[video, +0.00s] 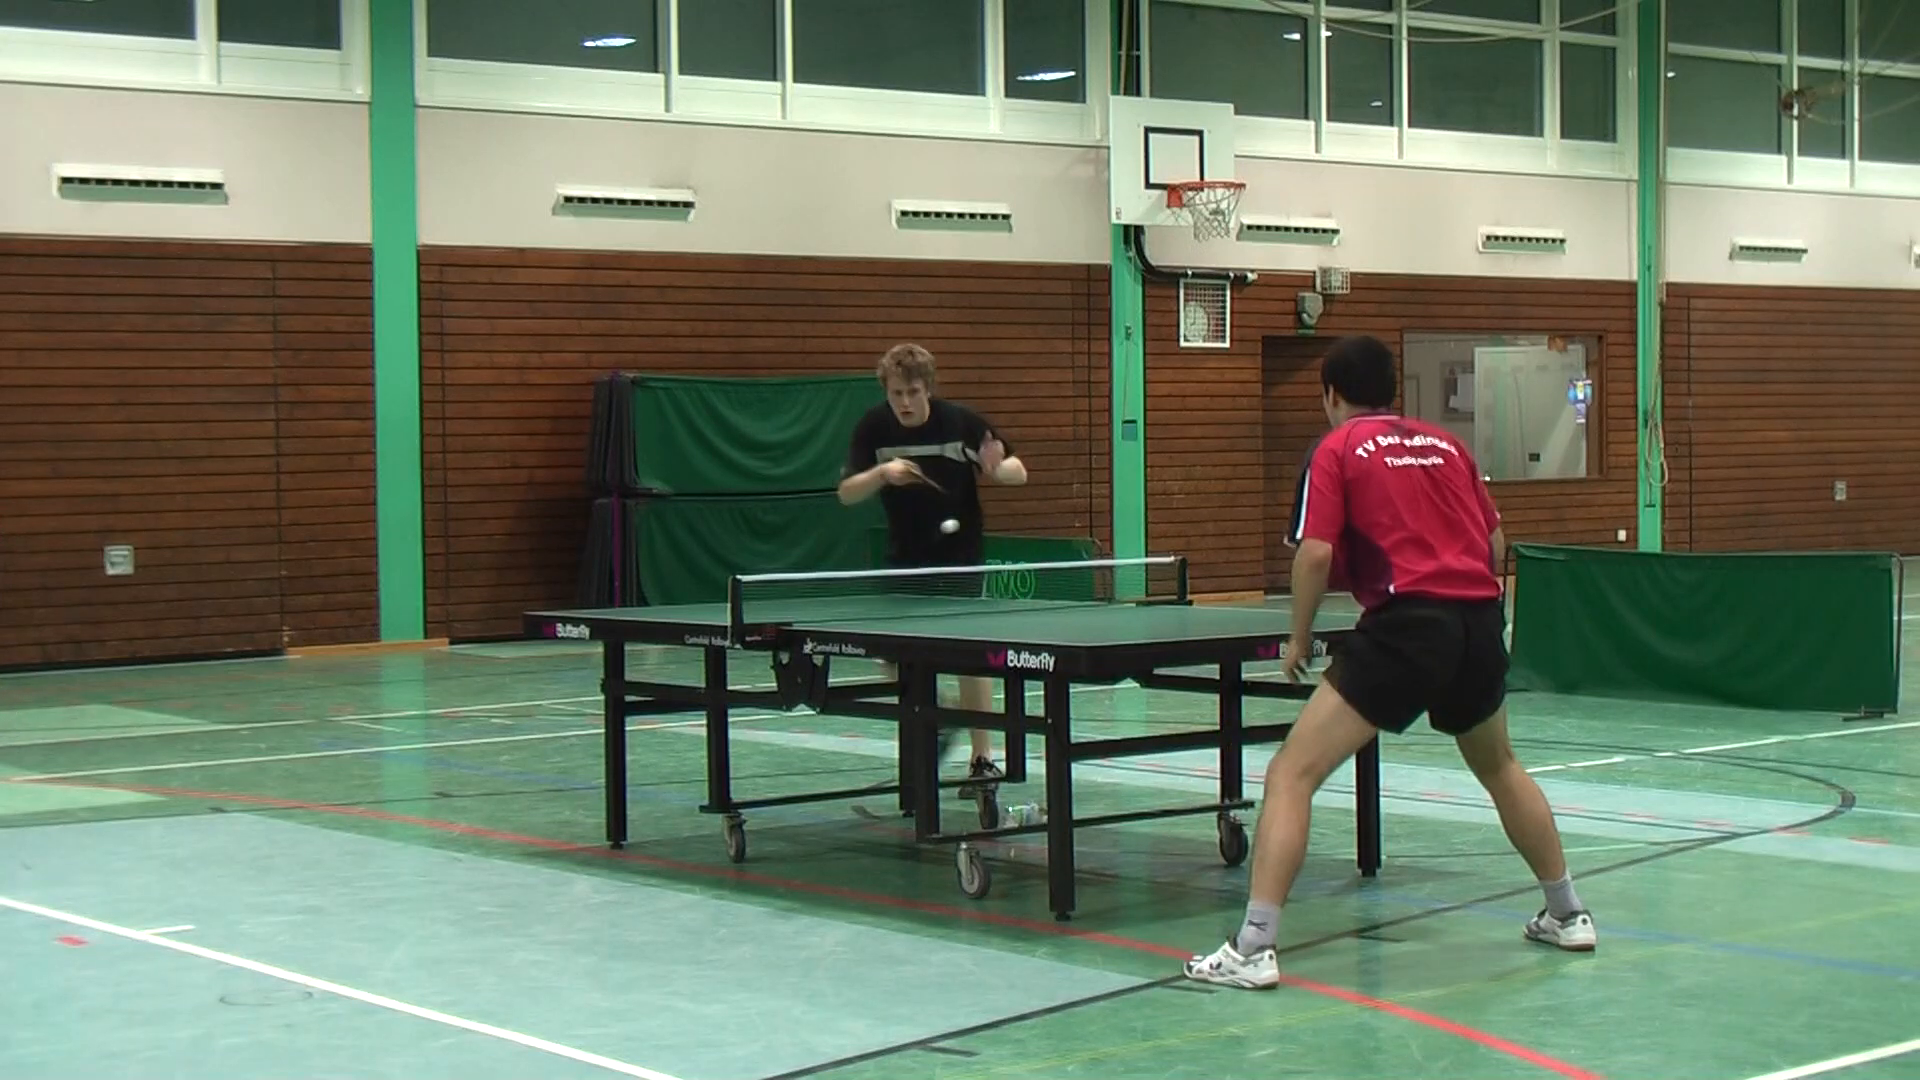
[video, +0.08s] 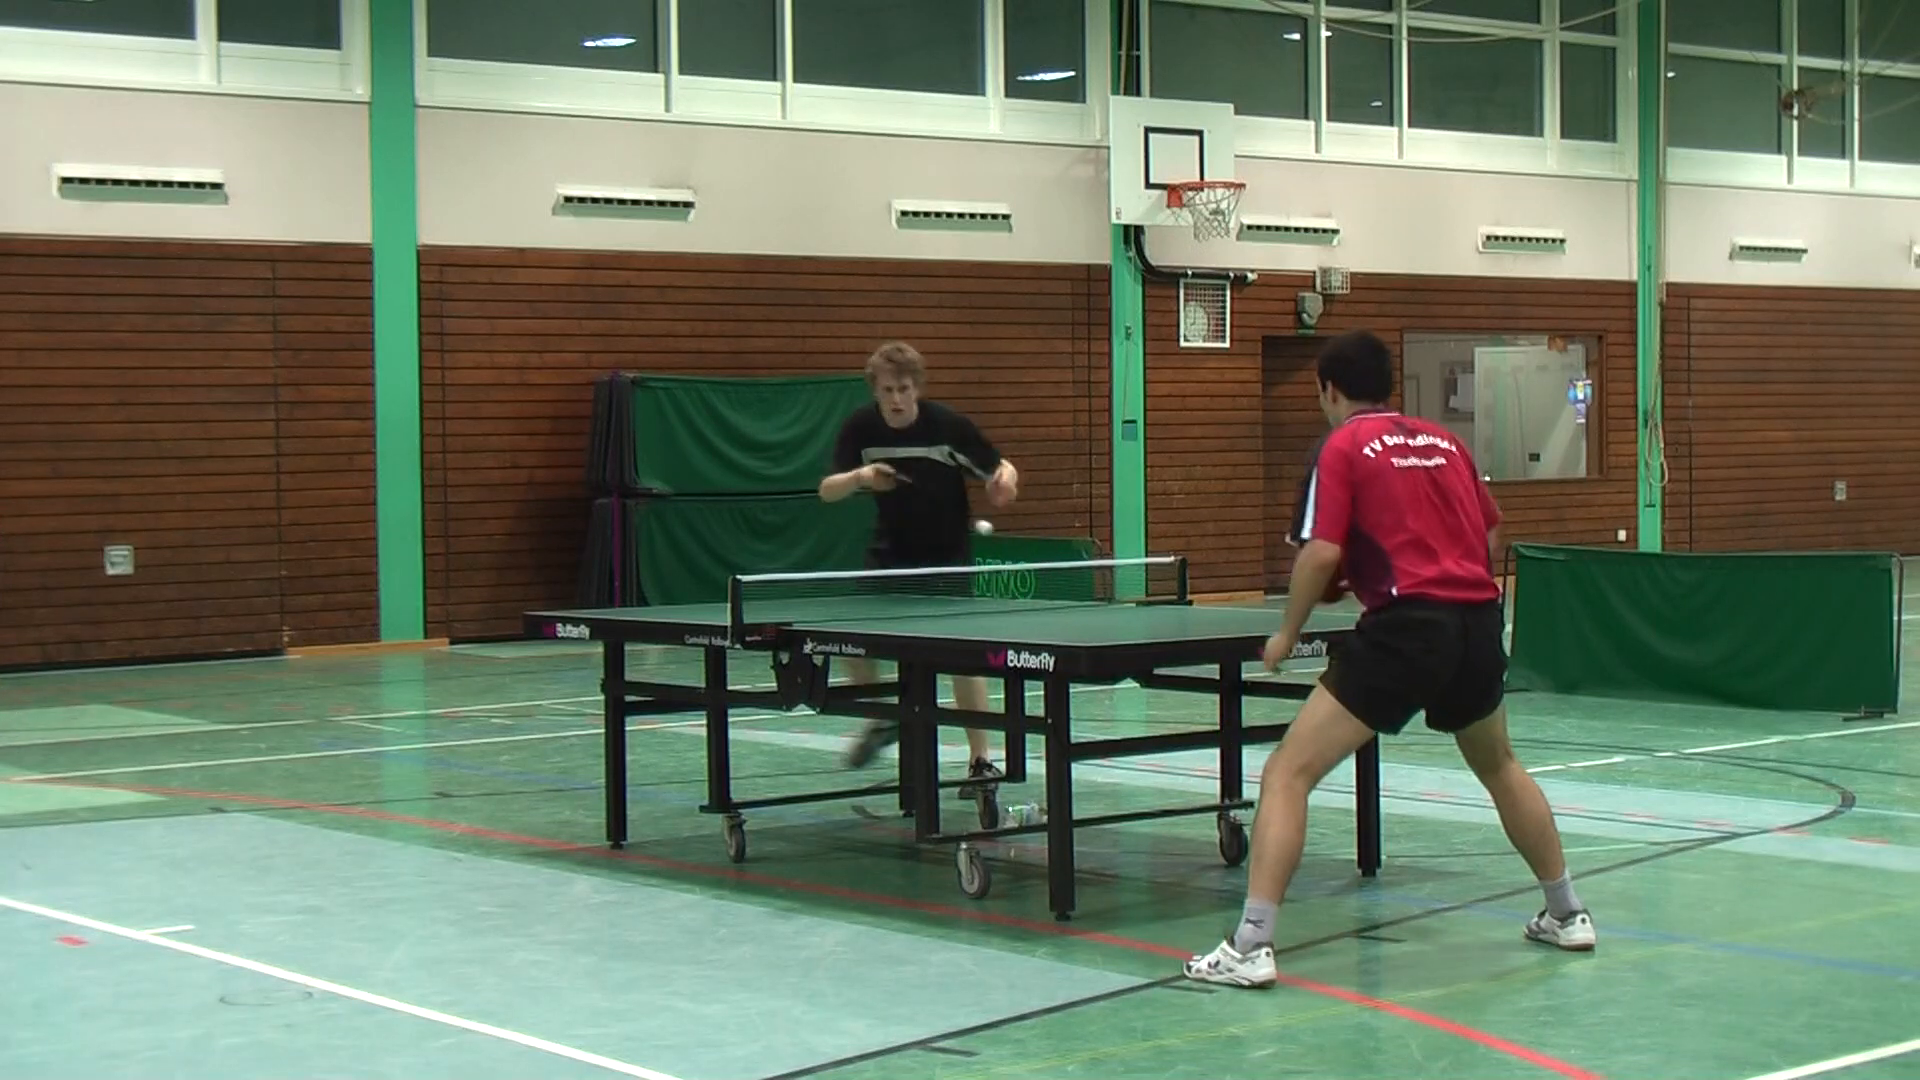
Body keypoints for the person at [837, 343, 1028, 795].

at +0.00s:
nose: (905, 403)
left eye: (913, 393)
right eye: (896, 394)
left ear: (929, 388)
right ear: (886, 391)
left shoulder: (961, 421)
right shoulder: (873, 428)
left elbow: (1019, 473)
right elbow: (846, 494)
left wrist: (997, 468)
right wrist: (881, 473)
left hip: (962, 563)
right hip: (904, 565)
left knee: (972, 657)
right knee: (891, 656)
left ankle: (982, 759)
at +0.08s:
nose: (896, 400)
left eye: (904, 389)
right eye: (886, 391)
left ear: (918, 387)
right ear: (874, 390)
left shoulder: (948, 424)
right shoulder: (860, 428)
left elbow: (1001, 468)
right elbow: (827, 491)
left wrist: (1005, 477)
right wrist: (860, 477)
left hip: (949, 561)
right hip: (888, 562)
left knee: (964, 659)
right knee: (848, 640)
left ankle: (981, 760)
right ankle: (880, 716)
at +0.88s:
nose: (853, 410)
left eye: (860, 398)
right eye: (843, 403)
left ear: (877, 396)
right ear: (835, 408)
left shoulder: (895, 431)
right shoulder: (877, 441)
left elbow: (843, 494)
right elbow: (902, 495)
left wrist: (803, 497)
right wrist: (882, 524)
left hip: (980, 549)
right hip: (927, 556)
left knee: (1017, 644)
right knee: (891, 650)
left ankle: (1081, 737)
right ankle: (867, 754)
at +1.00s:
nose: (880, 416)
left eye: (886, 406)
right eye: (873, 409)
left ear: (907, 400)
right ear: (869, 409)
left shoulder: (923, 432)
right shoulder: (912, 436)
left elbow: (869, 493)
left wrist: (823, 505)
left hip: (1018, 541)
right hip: (969, 547)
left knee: (1050, 647)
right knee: (930, 647)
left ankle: (1120, 741)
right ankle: (938, 750)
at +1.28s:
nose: (970, 382)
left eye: (978, 371)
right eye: (967, 374)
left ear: (1005, 368)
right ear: (970, 376)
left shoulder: (1055, 404)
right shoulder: (983, 435)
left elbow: (1113, 442)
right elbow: (945, 497)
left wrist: (1059, 478)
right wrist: (885, 490)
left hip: (1083, 559)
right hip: (1019, 562)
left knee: (1116, 655)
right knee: (979, 650)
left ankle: (1148, 753)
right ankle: (964, 749)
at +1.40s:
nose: (1038, 387)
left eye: (1046, 377)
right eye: (1030, 380)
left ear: (1066, 380)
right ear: (1022, 387)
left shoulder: (1091, 430)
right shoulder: (1022, 438)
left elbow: (1116, 484)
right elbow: (1022, 494)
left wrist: (1077, 499)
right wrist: (1010, 528)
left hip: (1092, 560)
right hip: (1034, 564)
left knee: (1136, 651)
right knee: (1014, 654)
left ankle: (1154, 744)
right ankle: (993, 735)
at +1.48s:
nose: (1080, 406)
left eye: (1085, 396)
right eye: (1068, 399)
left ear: (1096, 398)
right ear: (1053, 404)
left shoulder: (1092, 444)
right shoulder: (1062, 441)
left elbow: (1103, 504)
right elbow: (1146, 448)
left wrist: (1131, 543)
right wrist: (1185, 414)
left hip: (1084, 572)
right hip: (1038, 574)